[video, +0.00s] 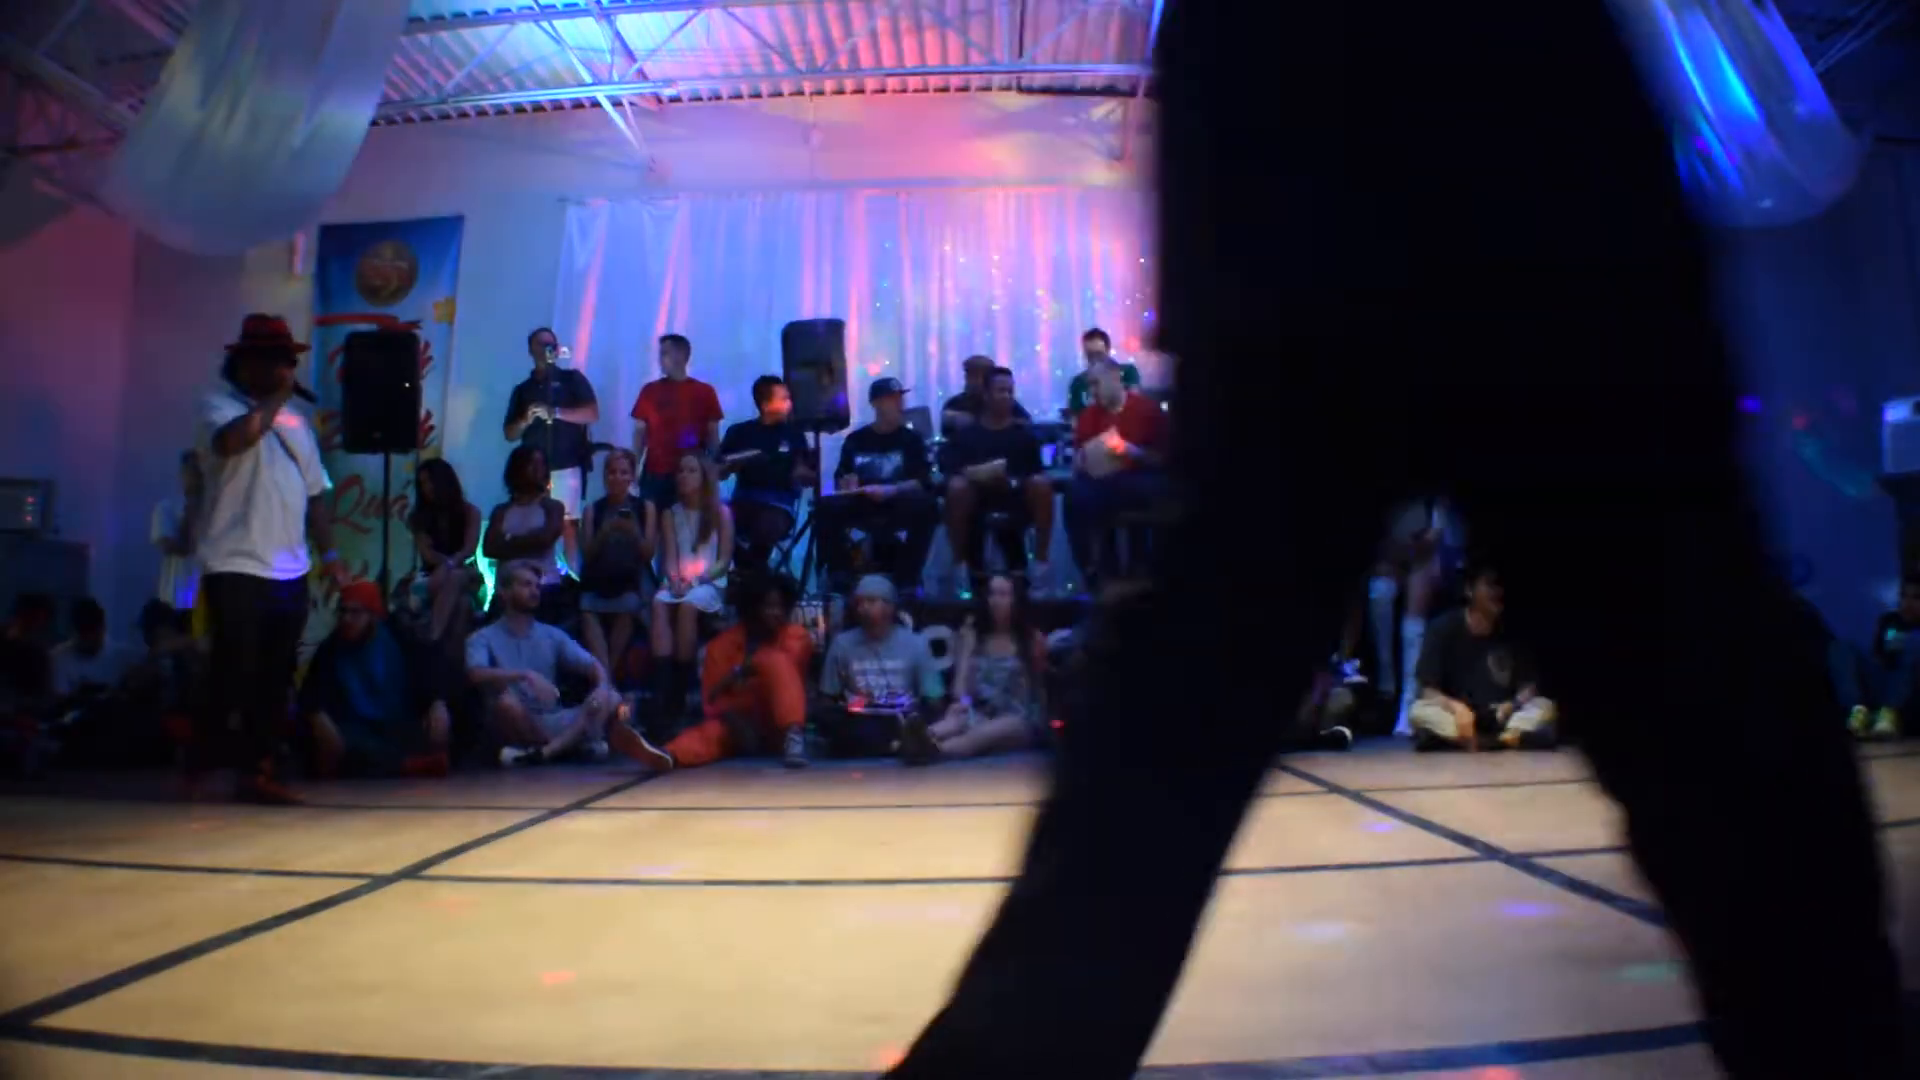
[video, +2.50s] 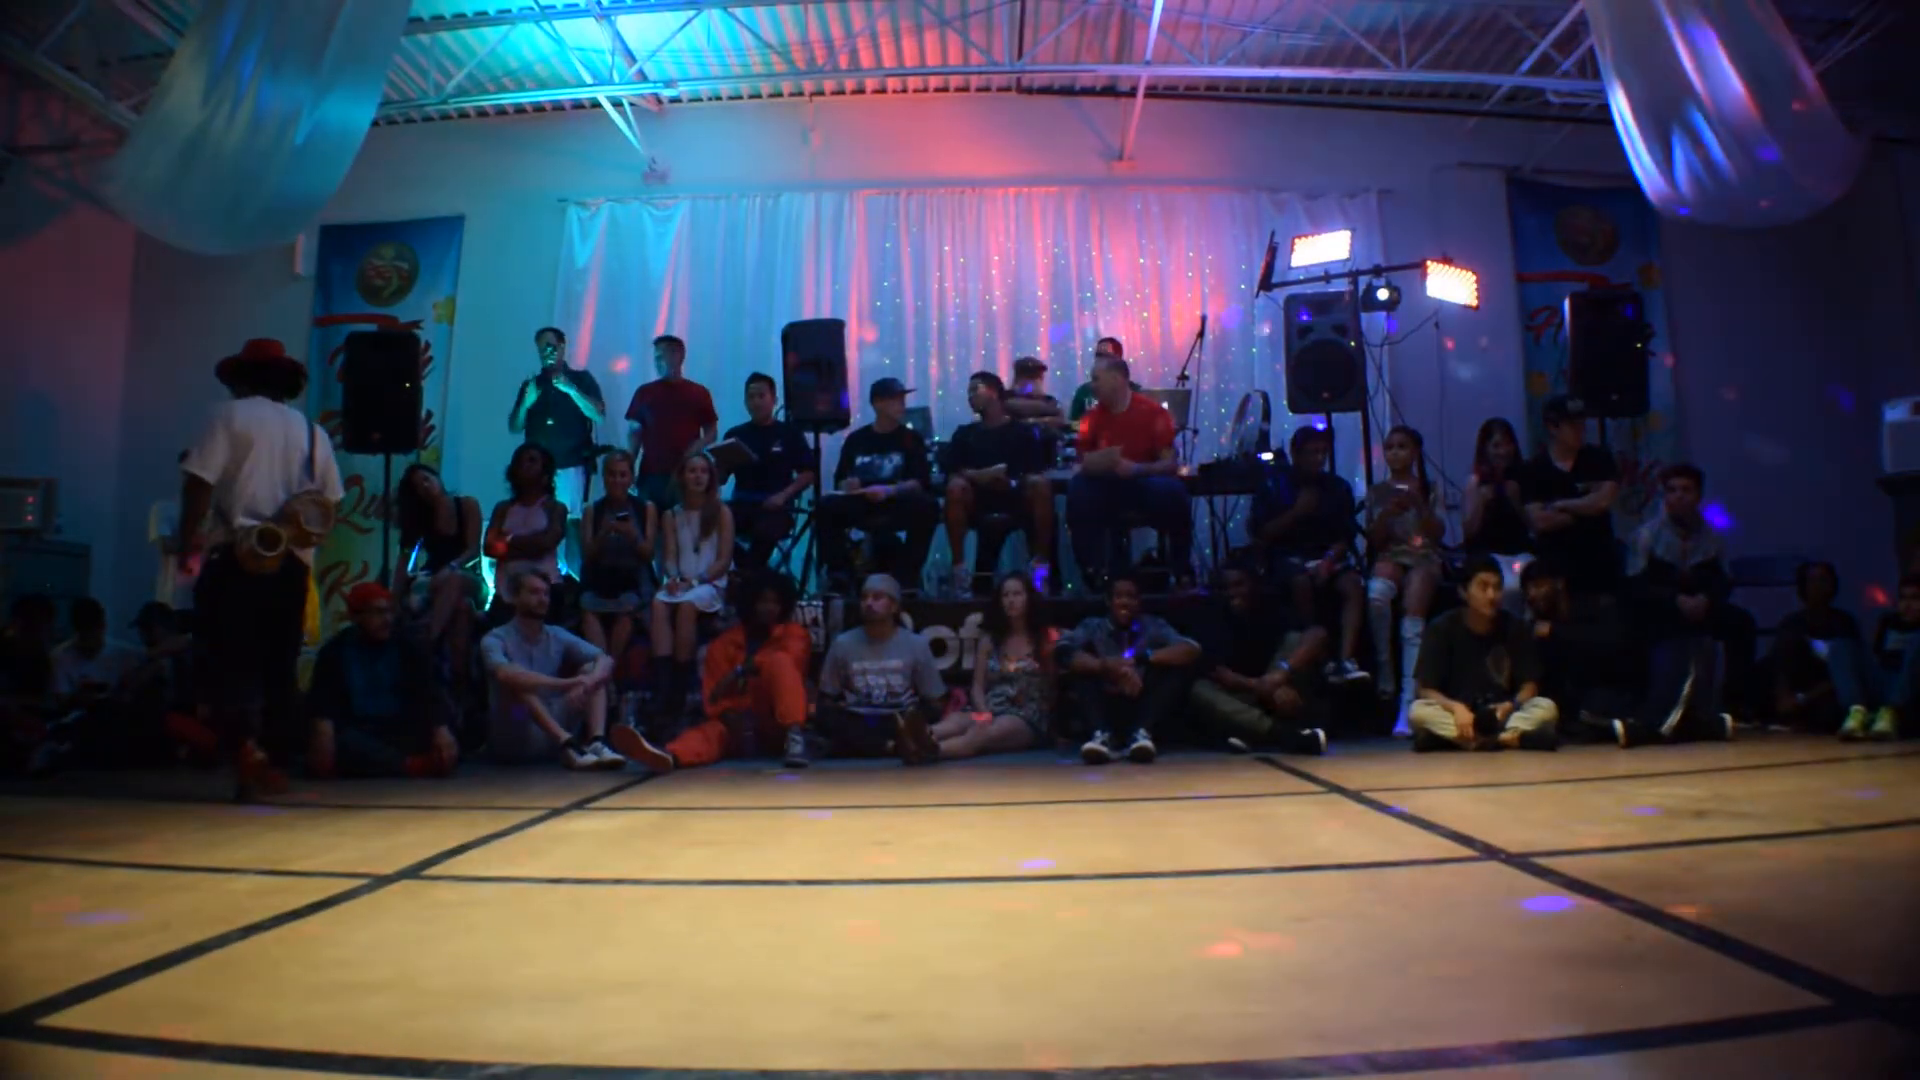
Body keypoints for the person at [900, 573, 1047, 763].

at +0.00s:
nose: (997, 601)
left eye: (1004, 595)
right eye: (993, 594)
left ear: (1017, 600)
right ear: (985, 599)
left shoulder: (1030, 638)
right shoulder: (972, 636)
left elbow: (1040, 683)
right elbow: (961, 679)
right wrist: (962, 702)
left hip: (1017, 711)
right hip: (980, 709)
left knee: (987, 733)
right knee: (956, 720)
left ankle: (938, 749)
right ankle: (924, 736)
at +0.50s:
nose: (1020, 601)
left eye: (1026, 594)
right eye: (1013, 595)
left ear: (1034, 598)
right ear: (1004, 600)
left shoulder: (1045, 638)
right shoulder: (993, 638)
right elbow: (981, 682)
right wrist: (983, 713)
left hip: (1028, 713)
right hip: (993, 709)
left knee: (982, 737)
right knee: (960, 718)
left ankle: (933, 750)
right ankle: (924, 736)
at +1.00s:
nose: (1003, 606)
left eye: (1009, 600)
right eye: (1000, 600)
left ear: (1025, 601)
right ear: (995, 603)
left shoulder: (1042, 638)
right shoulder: (987, 640)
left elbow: (1051, 678)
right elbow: (976, 682)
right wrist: (985, 711)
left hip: (1026, 712)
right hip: (991, 708)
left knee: (981, 735)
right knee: (960, 719)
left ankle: (932, 751)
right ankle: (922, 735)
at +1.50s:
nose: (1003, 604)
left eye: (1009, 597)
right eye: (998, 598)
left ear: (1023, 600)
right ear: (992, 602)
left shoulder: (1040, 637)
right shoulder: (982, 638)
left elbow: (1046, 682)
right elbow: (974, 686)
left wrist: (1048, 719)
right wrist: (985, 712)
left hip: (1024, 713)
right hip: (989, 709)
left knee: (984, 734)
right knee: (961, 720)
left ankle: (934, 752)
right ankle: (922, 737)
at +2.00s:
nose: (1016, 603)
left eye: (1022, 597)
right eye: (1011, 597)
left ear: (1036, 600)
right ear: (1004, 602)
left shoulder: (1049, 640)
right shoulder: (993, 640)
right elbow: (979, 687)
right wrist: (986, 712)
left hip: (1030, 715)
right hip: (993, 711)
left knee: (980, 736)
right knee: (957, 721)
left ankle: (930, 752)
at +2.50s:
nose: (1011, 600)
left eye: (1017, 594)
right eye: (1006, 595)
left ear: (1030, 598)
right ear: (999, 600)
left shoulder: (1044, 638)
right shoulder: (990, 640)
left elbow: (1053, 683)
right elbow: (978, 685)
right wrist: (983, 712)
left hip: (1030, 714)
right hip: (993, 710)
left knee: (980, 735)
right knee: (957, 720)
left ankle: (931, 751)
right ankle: (918, 736)